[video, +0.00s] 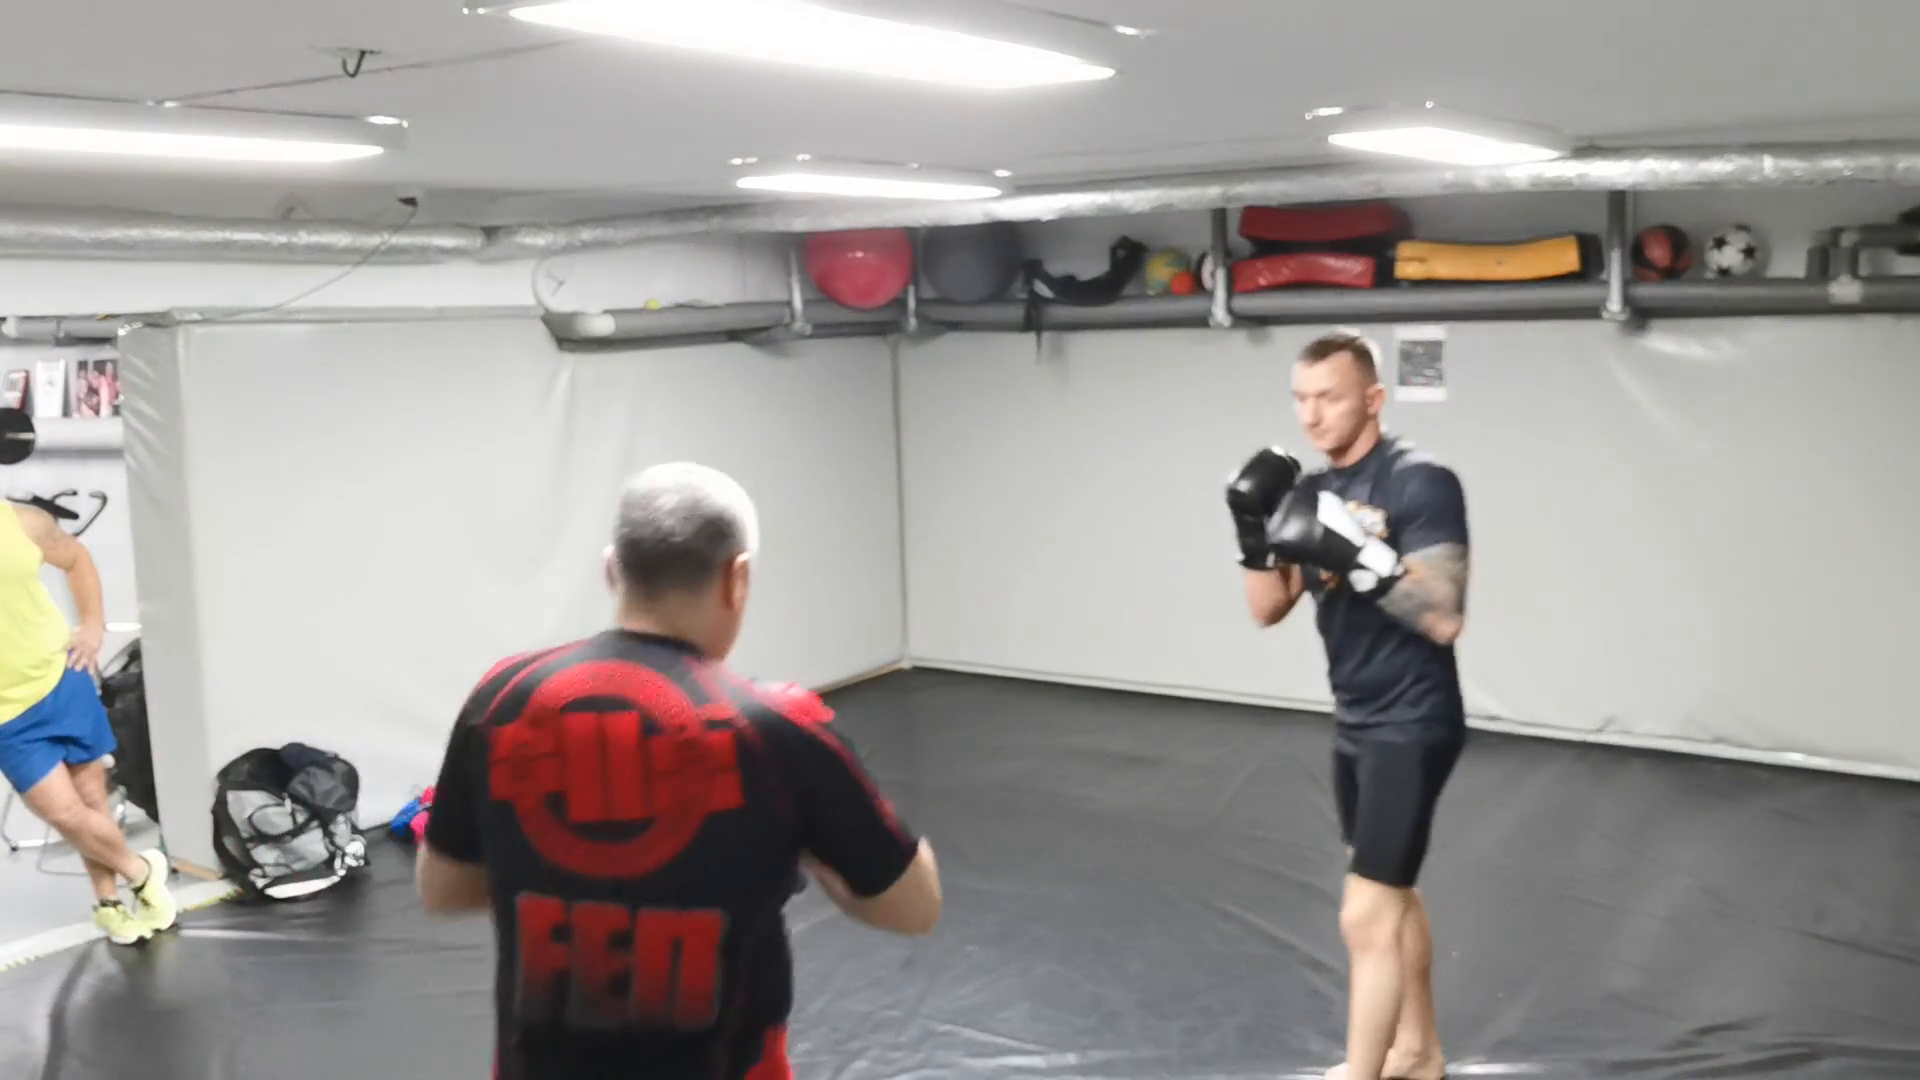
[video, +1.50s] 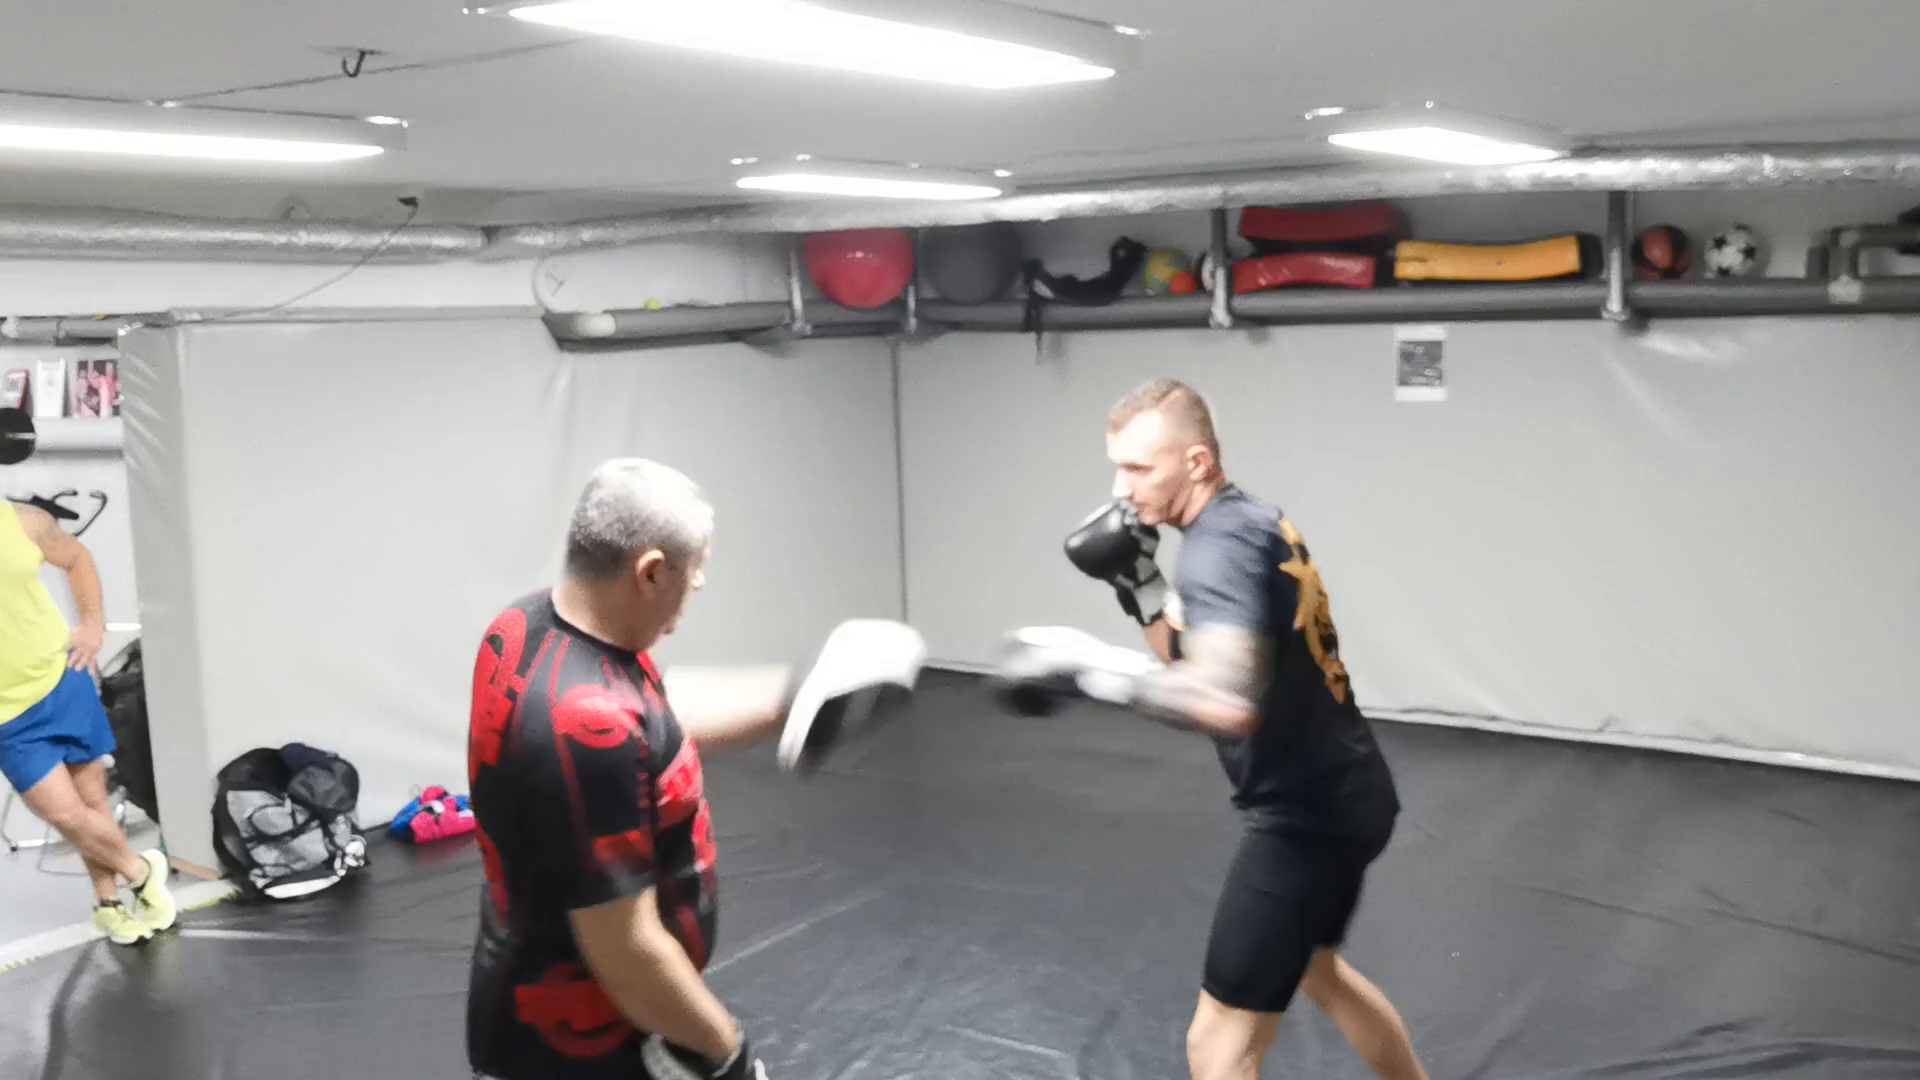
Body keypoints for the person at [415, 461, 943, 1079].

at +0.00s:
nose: (750, 597)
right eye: (750, 576)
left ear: (610, 570)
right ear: (737, 580)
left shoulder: (504, 699)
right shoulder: (777, 729)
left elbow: (442, 888)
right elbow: (914, 906)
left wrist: (570, 859)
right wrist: (799, 830)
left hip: (540, 1058)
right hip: (724, 1059)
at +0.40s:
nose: (788, 587)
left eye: (794, 569)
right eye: (792, 567)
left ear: (680, 544)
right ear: (769, 561)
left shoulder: (565, 666)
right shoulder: (772, 691)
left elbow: (506, 839)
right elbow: (869, 897)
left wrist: (617, 862)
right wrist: (883, 854)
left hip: (591, 1019)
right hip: (725, 1033)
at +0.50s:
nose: (795, 595)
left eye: (802, 575)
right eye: (801, 573)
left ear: (693, 546)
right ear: (774, 567)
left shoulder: (592, 653)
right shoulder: (744, 691)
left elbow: (546, 833)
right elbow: (798, 898)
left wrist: (655, 884)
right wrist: (887, 938)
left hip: (583, 991)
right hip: (694, 1024)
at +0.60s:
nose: (795, 586)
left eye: (802, 566)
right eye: (799, 565)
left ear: (693, 536)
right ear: (769, 556)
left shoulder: (609, 636)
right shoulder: (730, 676)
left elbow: (628, 826)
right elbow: (760, 893)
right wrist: (847, 999)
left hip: (582, 975)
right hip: (674, 1007)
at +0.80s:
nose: (773, 568)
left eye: (781, 550)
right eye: (774, 547)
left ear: (666, 520)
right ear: (737, 538)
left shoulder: (598, 614)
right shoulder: (698, 662)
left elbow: (717, 649)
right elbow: (718, 877)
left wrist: (811, 563)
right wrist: (797, 1009)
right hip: (677, 985)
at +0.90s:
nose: (754, 576)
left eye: (761, 557)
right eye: (758, 555)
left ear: (656, 527)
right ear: (724, 546)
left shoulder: (588, 608)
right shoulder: (686, 672)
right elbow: (711, 892)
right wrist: (790, 1022)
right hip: (672, 995)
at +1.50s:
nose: (696, 591)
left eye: (698, 574)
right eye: (694, 573)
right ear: (649, 571)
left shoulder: (528, 629)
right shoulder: (588, 728)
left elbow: (655, 723)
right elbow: (625, 947)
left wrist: (799, 697)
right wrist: (730, 1052)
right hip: (595, 1047)